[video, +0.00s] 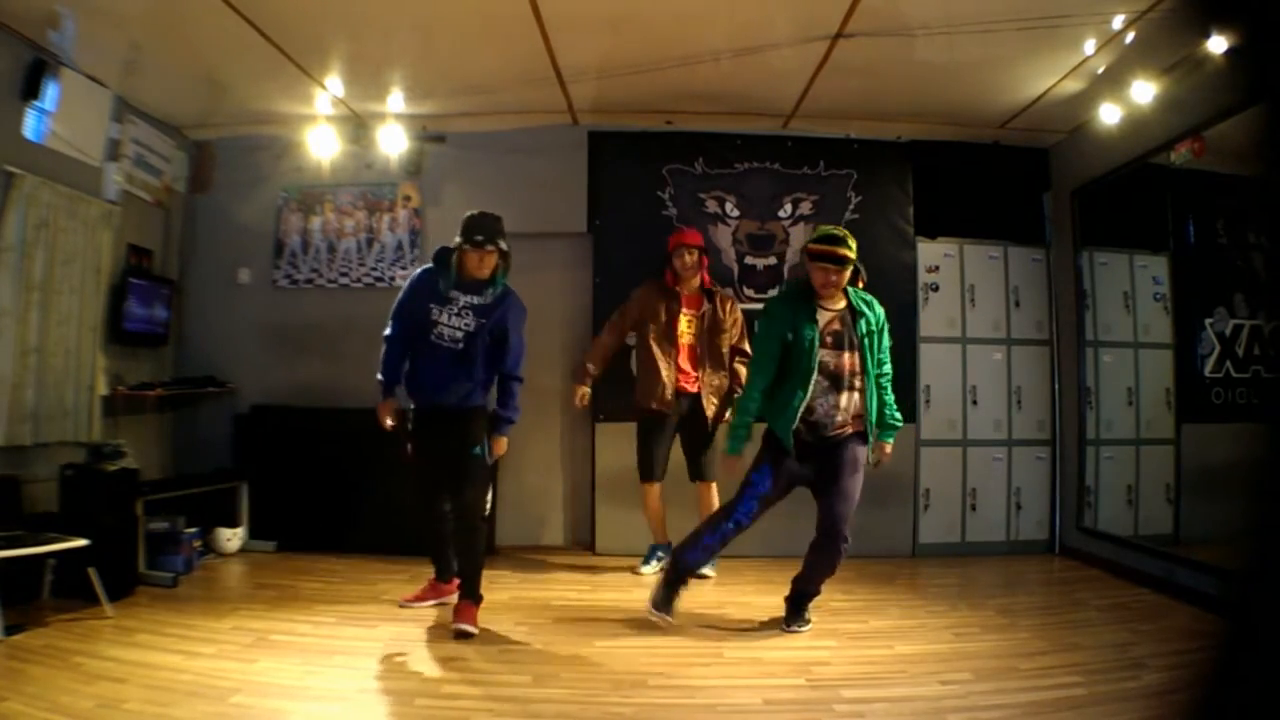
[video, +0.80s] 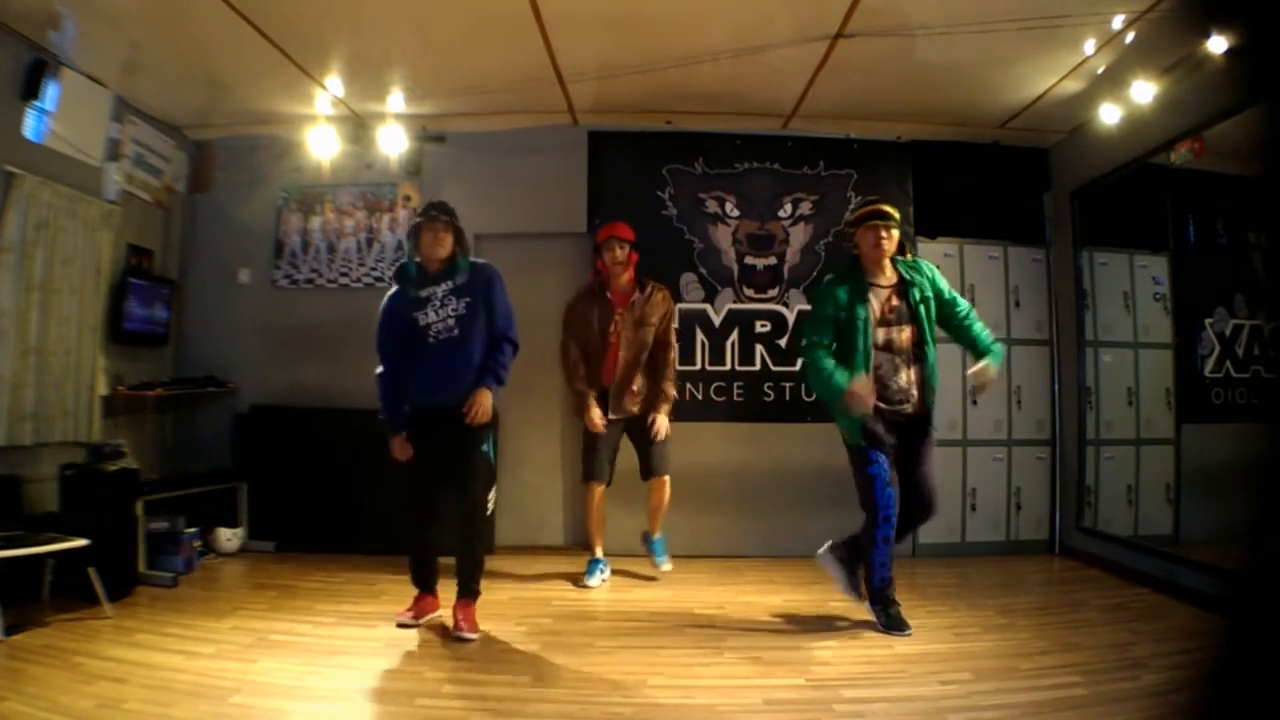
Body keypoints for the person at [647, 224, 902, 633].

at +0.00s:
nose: (830, 276)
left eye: (839, 268)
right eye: (822, 267)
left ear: (851, 271)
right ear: (808, 267)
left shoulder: (870, 312)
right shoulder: (785, 307)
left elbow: (883, 374)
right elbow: (760, 373)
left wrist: (887, 428)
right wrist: (738, 434)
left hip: (846, 441)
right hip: (791, 437)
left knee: (837, 532)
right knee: (741, 513)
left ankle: (800, 599)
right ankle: (676, 572)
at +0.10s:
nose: (836, 272)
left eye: (844, 264)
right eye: (828, 263)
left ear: (856, 267)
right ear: (814, 263)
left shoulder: (872, 311)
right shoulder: (787, 304)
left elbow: (882, 373)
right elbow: (754, 368)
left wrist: (886, 428)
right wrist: (726, 429)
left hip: (847, 436)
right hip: (792, 432)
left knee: (839, 527)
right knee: (760, 514)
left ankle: (800, 600)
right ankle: (719, 597)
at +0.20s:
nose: (839, 264)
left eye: (847, 256)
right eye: (831, 255)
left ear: (859, 261)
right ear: (818, 258)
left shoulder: (875, 308)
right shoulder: (789, 298)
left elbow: (886, 370)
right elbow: (757, 359)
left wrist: (892, 422)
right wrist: (733, 419)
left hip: (850, 429)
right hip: (797, 426)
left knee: (838, 519)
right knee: (799, 510)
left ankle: (806, 591)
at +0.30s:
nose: (844, 254)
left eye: (851, 246)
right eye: (835, 246)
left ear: (863, 253)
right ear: (821, 250)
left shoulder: (880, 301)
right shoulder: (791, 293)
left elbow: (893, 364)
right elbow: (762, 354)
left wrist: (901, 419)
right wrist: (746, 417)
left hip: (853, 419)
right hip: (801, 413)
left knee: (839, 508)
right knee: (833, 496)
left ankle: (798, 600)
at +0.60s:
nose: (857, 239)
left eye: (863, 231)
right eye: (847, 232)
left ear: (875, 240)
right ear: (832, 243)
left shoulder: (902, 285)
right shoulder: (815, 295)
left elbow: (924, 340)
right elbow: (794, 360)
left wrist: (934, 394)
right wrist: (793, 421)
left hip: (888, 415)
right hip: (840, 410)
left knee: (850, 508)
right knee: (867, 497)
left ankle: (799, 595)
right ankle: (880, 602)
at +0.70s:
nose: (866, 238)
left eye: (873, 231)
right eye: (857, 231)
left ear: (885, 238)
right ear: (841, 240)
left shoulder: (912, 277)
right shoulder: (825, 293)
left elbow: (940, 328)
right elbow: (801, 365)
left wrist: (954, 380)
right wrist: (820, 419)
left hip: (902, 410)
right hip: (857, 408)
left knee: (874, 502)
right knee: (875, 498)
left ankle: (816, 586)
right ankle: (881, 601)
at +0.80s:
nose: (880, 237)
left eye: (887, 229)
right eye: (871, 230)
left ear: (898, 236)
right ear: (855, 238)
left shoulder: (921, 275)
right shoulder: (837, 292)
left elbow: (957, 313)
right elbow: (812, 352)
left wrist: (989, 353)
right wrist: (843, 385)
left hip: (914, 417)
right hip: (865, 417)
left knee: (920, 505)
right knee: (883, 508)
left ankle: (847, 553)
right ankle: (883, 601)